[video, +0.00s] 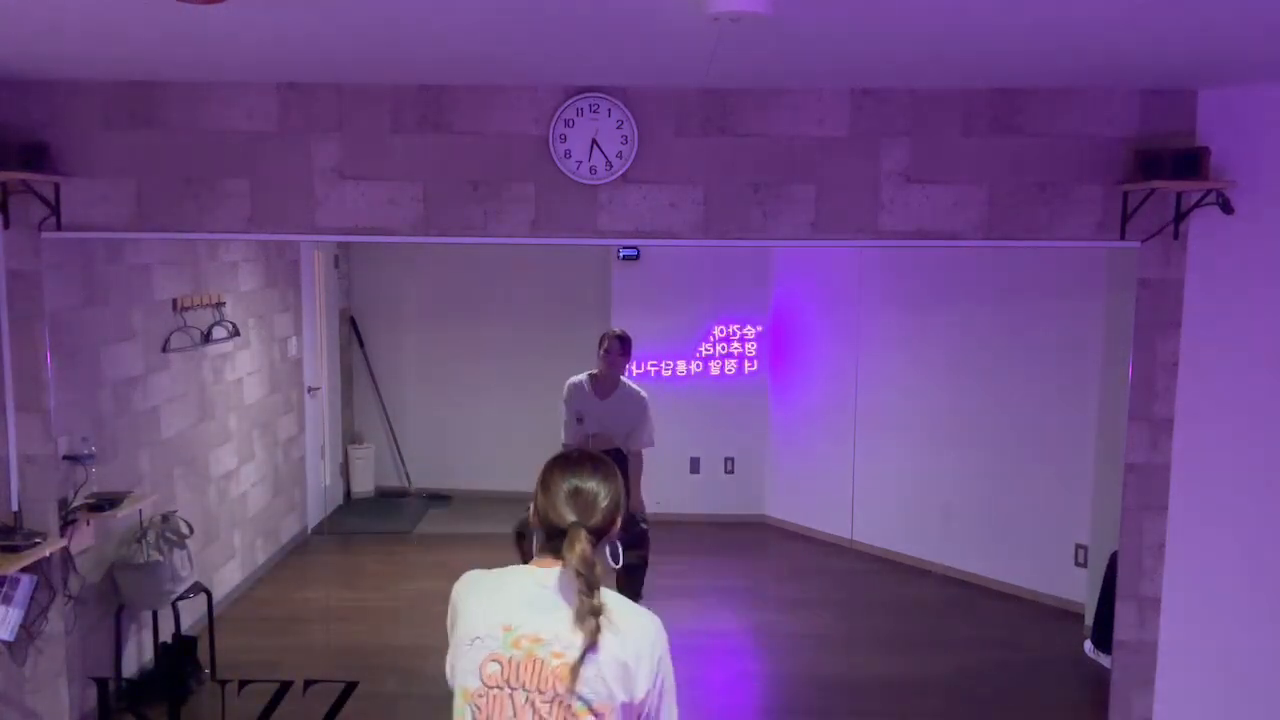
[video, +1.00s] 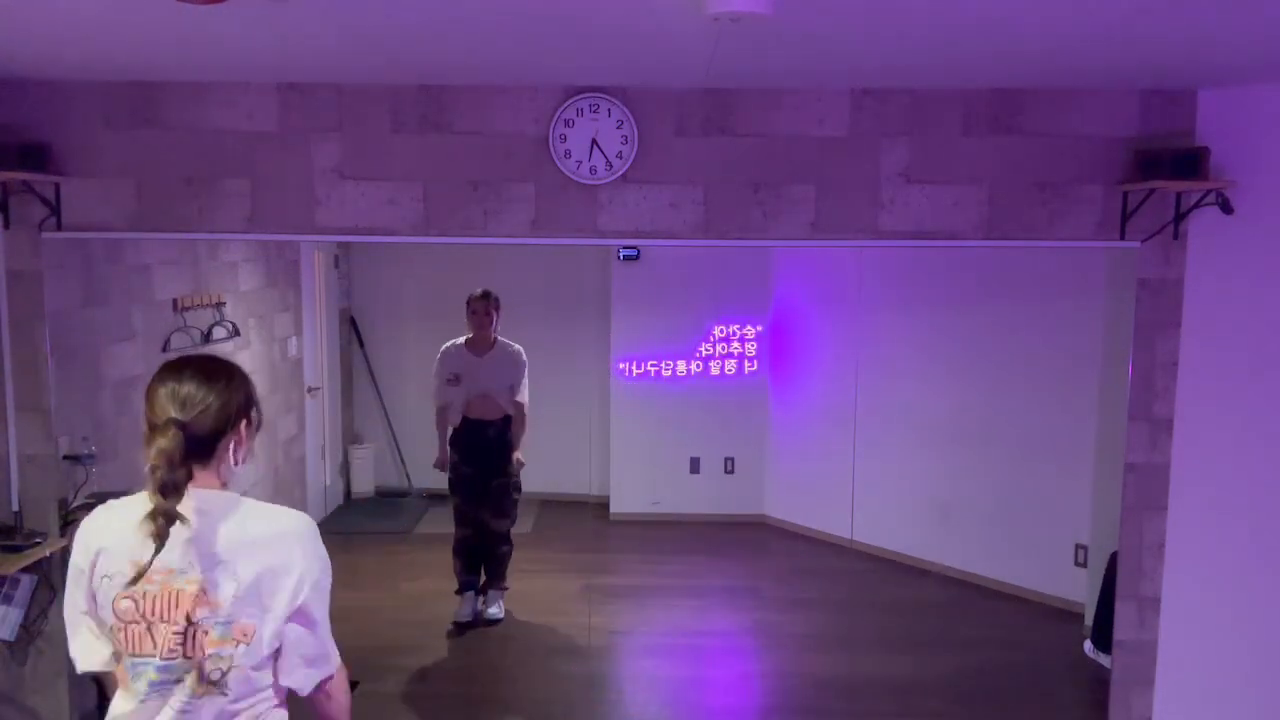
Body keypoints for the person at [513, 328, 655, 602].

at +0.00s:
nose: (611, 359)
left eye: (618, 354)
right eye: (607, 352)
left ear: (627, 360)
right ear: (598, 354)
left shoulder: (636, 399)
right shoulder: (575, 388)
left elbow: (635, 454)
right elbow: (571, 443)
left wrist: (635, 499)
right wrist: (571, 489)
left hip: (617, 465)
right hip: (580, 464)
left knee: (636, 533)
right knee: (526, 528)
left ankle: (627, 607)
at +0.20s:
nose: (581, 359)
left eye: (588, 356)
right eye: (578, 353)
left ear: (599, 363)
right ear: (571, 353)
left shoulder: (602, 401)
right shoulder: (552, 369)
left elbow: (621, 448)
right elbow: (544, 409)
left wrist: (659, 457)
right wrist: (577, 439)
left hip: (572, 466)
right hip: (540, 461)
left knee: (585, 537)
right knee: (512, 523)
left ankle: (626, 598)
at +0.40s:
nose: (530, 349)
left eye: (538, 346)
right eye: (529, 343)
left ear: (551, 352)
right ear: (524, 342)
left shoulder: (555, 389)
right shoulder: (511, 350)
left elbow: (580, 432)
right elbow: (500, 381)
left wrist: (619, 420)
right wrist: (545, 402)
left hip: (522, 462)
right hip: (489, 459)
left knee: (551, 537)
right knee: (440, 525)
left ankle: (594, 600)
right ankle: (468, 596)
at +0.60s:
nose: (496, 332)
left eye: (503, 327)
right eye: (494, 325)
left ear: (517, 331)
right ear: (490, 326)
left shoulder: (530, 360)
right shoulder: (478, 340)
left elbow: (558, 400)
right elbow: (456, 375)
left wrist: (587, 420)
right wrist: (485, 411)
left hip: (509, 444)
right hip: (472, 442)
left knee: (516, 523)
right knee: (455, 525)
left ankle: (530, 598)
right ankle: (464, 596)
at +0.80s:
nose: (483, 318)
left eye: (489, 313)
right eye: (479, 312)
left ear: (502, 315)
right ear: (473, 315)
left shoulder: (519, 349)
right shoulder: (457, 344)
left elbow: (533, 398)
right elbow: (441, 391)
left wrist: (541, 445)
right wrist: (442, 438)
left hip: (504, 438)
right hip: (467, 436)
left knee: (500, 518)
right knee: (468, 517)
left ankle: (494, 592)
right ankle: (467, 593)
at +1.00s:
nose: (480, 319)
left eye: (486, 314)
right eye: (474, 314)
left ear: (497, 317)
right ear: (467, 317)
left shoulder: (514, 355)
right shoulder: (451, 354)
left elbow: (521, 406)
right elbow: (442, 405)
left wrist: (515, 448)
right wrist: (442, 448)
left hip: (502, 439)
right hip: (466, 438)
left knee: (498, 519)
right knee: (465, 519)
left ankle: (494, 595)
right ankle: (467, 595)